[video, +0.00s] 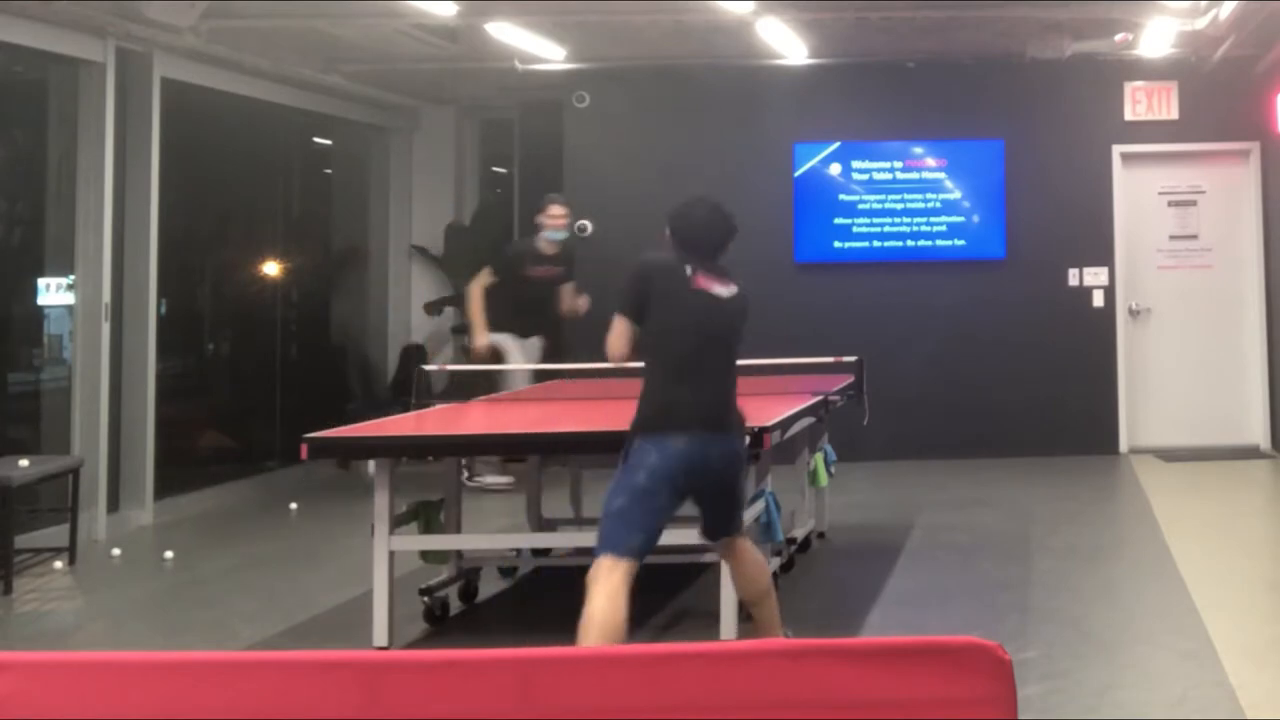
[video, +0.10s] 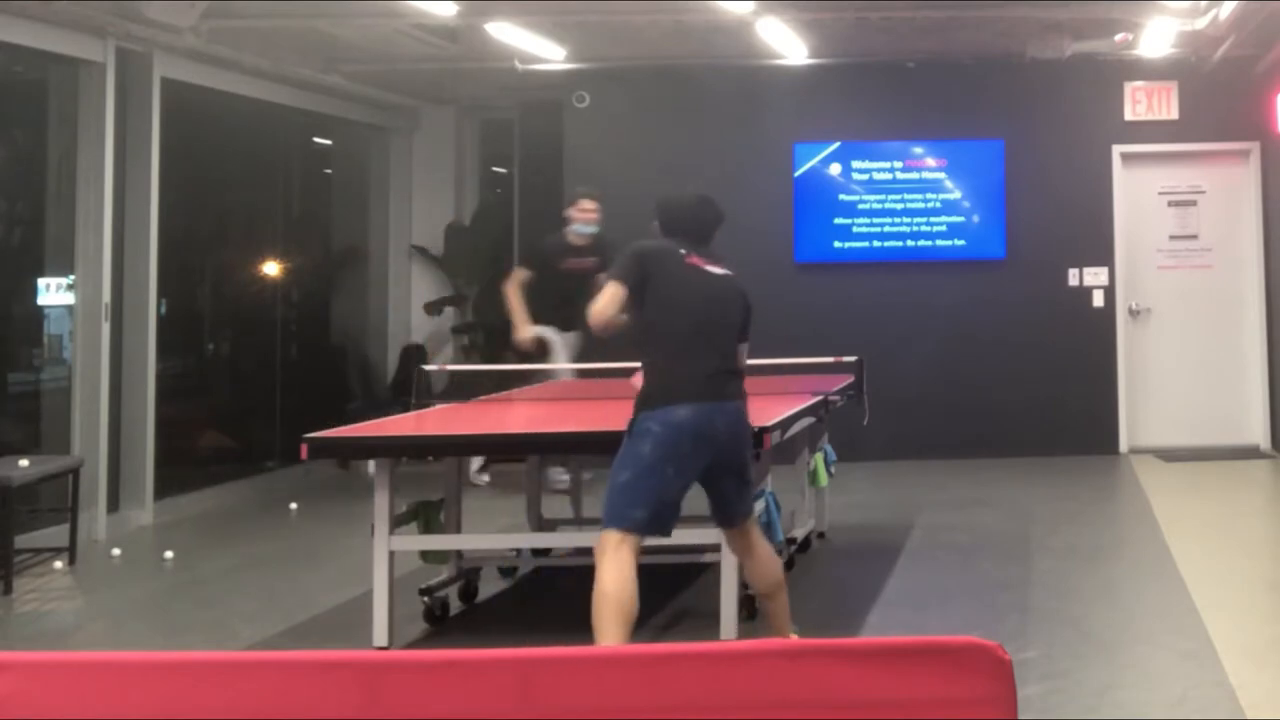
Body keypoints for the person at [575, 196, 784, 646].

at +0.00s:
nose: (663, 237)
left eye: (666, 232)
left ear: (671, 238)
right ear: (723, 245)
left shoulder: (651, 273)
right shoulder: (735, 296)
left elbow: (617, 349)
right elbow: (717, 355)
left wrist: (656, 333)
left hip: (662, 439)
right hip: (722, 439)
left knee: (613, 567)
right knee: (734, 539)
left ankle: (588, 690)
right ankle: (777, 648)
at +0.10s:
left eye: (661, 222)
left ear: (663, 227)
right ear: (711, 233)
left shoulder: (646, 257)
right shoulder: (731, 284)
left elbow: (599, 318)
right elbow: (739, 360)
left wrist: (640, 319)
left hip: (668, 415)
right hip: (729, 414)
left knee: (618, 541)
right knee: (745, 532)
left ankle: (608, 671)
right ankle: (786, 641)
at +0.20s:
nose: (623, 231)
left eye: (629, 224)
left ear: (639, 230)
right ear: (682, 233)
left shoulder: (638, 258)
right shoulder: (715, 276)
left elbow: (615, 287)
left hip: (670, 409)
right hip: (730, 408)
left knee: (603, 529)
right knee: (748, 526)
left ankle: (618, 659)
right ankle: (787, 640)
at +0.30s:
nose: (592, 246)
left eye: (593, 239)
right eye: (592, 241)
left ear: (604, 236)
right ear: (646, 235)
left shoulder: (619, 261)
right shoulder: (682, 274)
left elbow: (605, 289)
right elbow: (711, 344)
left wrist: (527, 309)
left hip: (662, 414)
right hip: (718, 407)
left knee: (588, 528)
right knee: (740, 529)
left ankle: (608, 660)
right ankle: (788, 637)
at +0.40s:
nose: (560, 230)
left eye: (562, 224)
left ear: (568, 225)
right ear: (616, 223)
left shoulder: (577, 258)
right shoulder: (648, 270)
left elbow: (553, 296)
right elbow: (696, 345)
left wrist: (488, 309)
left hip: (628, 423)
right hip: (681, 415)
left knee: (572, 544)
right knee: (720, 528)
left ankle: (607, 665)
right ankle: (781, 621)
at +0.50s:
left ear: (544, 208)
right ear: (596, 209)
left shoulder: (531, 248)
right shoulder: (627, 261)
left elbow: (484, 299)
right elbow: (668, 333)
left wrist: (454, 317)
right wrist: (636, 363)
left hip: (575, 420)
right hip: (630, 413)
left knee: (549, 547)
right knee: (658, 517)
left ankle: (600, 663)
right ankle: (732, 613)